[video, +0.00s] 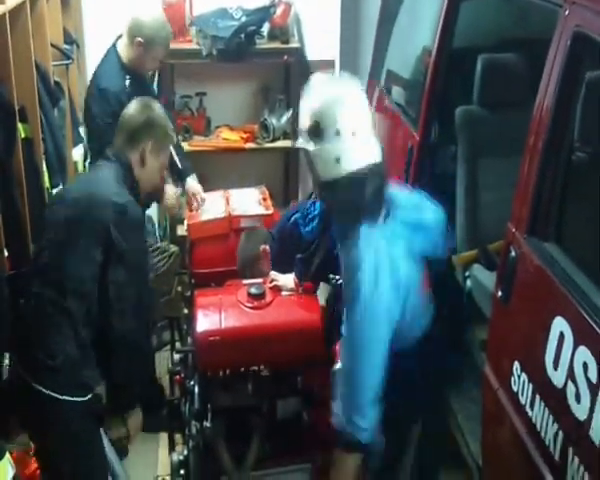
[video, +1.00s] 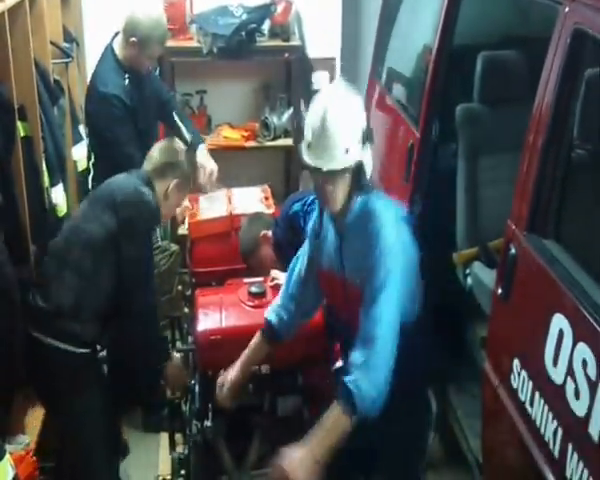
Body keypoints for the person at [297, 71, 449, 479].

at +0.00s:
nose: (351, 201)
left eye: (363, 185)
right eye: (339, 190)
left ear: (378, 177)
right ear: (322, 188)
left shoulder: (372, 242)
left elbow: (366, 340)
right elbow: (438, 226)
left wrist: (351, 441)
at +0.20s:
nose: (330, 113)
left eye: (334, 104)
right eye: (329, 102)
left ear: (351, 110)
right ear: (390, 94)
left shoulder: (369, 184)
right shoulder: (409, 145)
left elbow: (364, 304)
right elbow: (424, 228)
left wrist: (340, 410)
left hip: (373, 311)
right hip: (406, 295)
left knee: (359, 421)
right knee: (390, 381)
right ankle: (407, 438)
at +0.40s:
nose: (335, 122)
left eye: (338, 111)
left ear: (351, 115)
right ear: (395, 103)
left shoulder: (376, 203)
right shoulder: (419, 168)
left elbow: (373, 332)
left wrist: (343, 433)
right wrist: (398, 326)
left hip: (339, 348)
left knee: (319, 452)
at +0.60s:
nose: (337, 153)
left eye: (341, 143)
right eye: (335, 143)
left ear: (356, 135)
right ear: (377, 120)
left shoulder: (380, 213)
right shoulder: (404, 169)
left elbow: (367, 324)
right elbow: (428, 254)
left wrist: (334, 424)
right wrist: (391, 310)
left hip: (338, 328)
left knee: (311, 435)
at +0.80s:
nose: (306, 94)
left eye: (313, 79)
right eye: (309, 79)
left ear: (333, 86)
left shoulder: (383, 170)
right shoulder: (345, 155)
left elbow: (371, 306)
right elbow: (328, 253)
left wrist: (310, 411)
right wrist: (274, 325)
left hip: (389, 345)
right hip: (354, 334)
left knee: (379, 457)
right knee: (353, 449)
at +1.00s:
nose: (323, 187)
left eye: (334, 174)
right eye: (315, 174)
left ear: (358, 164)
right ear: (306, 166)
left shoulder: (383, 225)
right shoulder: (325, 219)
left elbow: (377, 355)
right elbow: (293, 303)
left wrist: (312, 450)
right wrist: (240, 368)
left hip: (399, 397)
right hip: (356, 386)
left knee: (391, 472)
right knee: (348, 471)